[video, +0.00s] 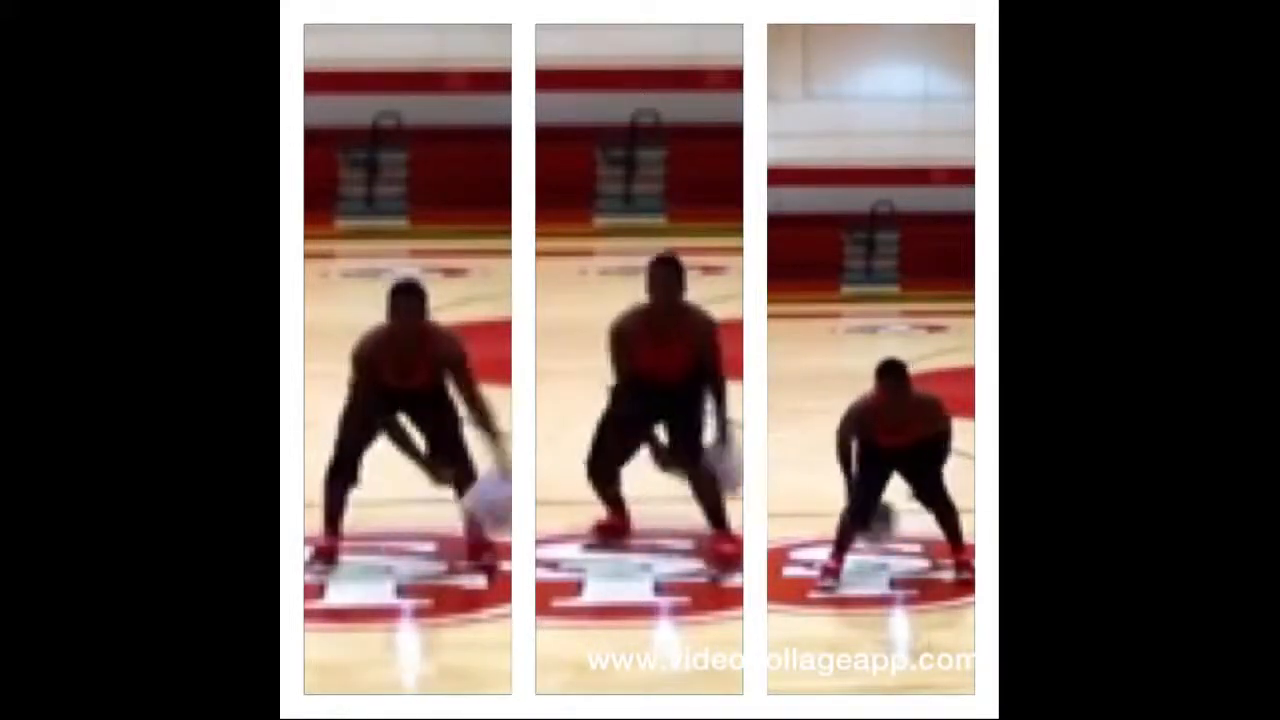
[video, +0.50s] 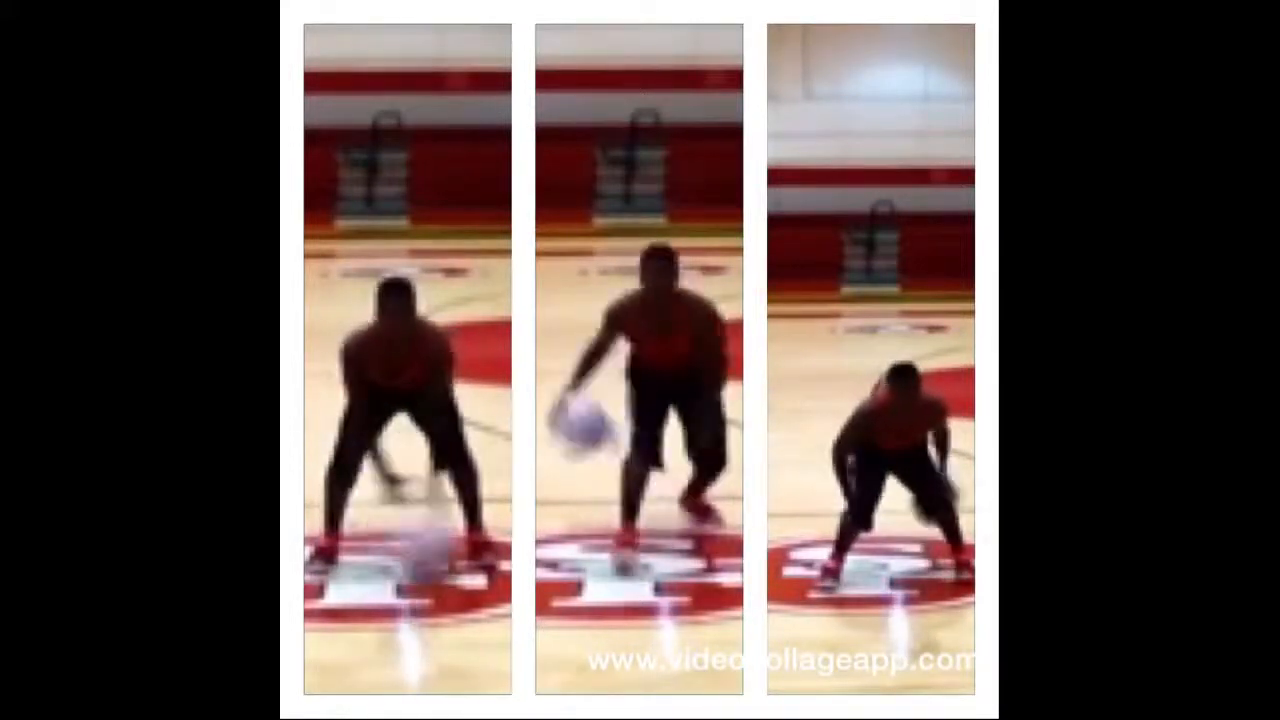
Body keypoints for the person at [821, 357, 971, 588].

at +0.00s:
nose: (894, 398)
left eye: (899, 390)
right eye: (888, 391)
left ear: (908, 386)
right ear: (878, 388)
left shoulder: (930, 407)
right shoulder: (864, 410)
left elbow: (943, 439)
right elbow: (843, 438)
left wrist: (932, 473)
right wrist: (849, 478)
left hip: (916, 453)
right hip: (875, 454)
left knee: (939, 502)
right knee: (859, 507)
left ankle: (960, 558)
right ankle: (835, 562)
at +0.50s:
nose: (905, 400)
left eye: (910, 393)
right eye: (899, 393)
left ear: (918, 389)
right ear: (889, 390)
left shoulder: (931, 409)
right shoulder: (871, 411)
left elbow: (941, 436)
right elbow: (839, 449)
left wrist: (942, 474)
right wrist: (849, 493)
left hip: (911, 454)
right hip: (871, 456)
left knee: (942, 502)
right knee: (859, 511)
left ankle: (960, 559)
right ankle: (835, 562)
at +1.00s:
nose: (904, 407)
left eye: (909, 400)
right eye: (900, 400)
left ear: (918, 396)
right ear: (889, 396)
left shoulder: (931, 413)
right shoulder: (871, 414)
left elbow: (941, 441)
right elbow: (838, 452)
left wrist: (939, 476)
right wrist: (850, 491)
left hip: (911, 455)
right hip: (872, 457)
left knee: (940, 502)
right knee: (860, 511)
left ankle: (959, 559)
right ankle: (835, 561)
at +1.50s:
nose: (901, 408)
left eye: (906, 401)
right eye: (896, 401)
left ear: (916, 396)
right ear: (887, 396)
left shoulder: (934, 416)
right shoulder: (872, 416)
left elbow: (942, 447)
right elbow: (846, 453)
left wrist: (931, 476)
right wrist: (864, 489)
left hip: (914, 458)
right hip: (876, 459)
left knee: (939, 507)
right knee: (861, 509)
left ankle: (960, 560)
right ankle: (834, 562)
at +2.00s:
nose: (891, 408)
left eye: (896, 401)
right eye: (885, 401)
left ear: (905, 395)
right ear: (876, 396)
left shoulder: (924, 412)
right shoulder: (862, 415)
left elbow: (943, 442)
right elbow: (836, 446)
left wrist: (929, 484)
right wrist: (854, 483)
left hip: (912, 453)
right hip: (872, 454)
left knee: (939, 501)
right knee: (860, 506)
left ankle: (960, 556)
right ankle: (834, 561)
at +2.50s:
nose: (881, 413)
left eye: (886, 406)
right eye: (875, 407)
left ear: (896, 399)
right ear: (867, 401)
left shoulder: (918, 414)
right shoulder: (856, 415)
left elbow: (941, 442)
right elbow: (831, 440)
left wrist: (926, 486)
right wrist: (841, 479)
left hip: (910, 453)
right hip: (868, 454)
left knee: (936, 500)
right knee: (850, 504)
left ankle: (960, 555)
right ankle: (833, 560)